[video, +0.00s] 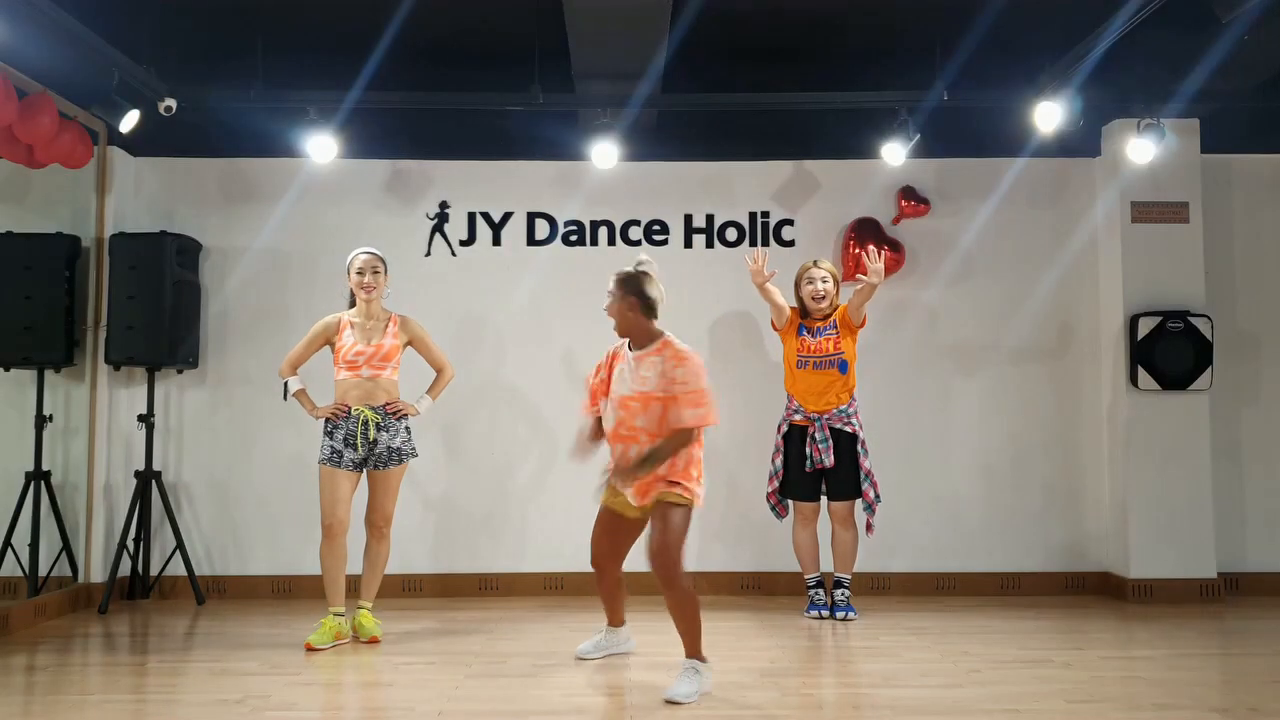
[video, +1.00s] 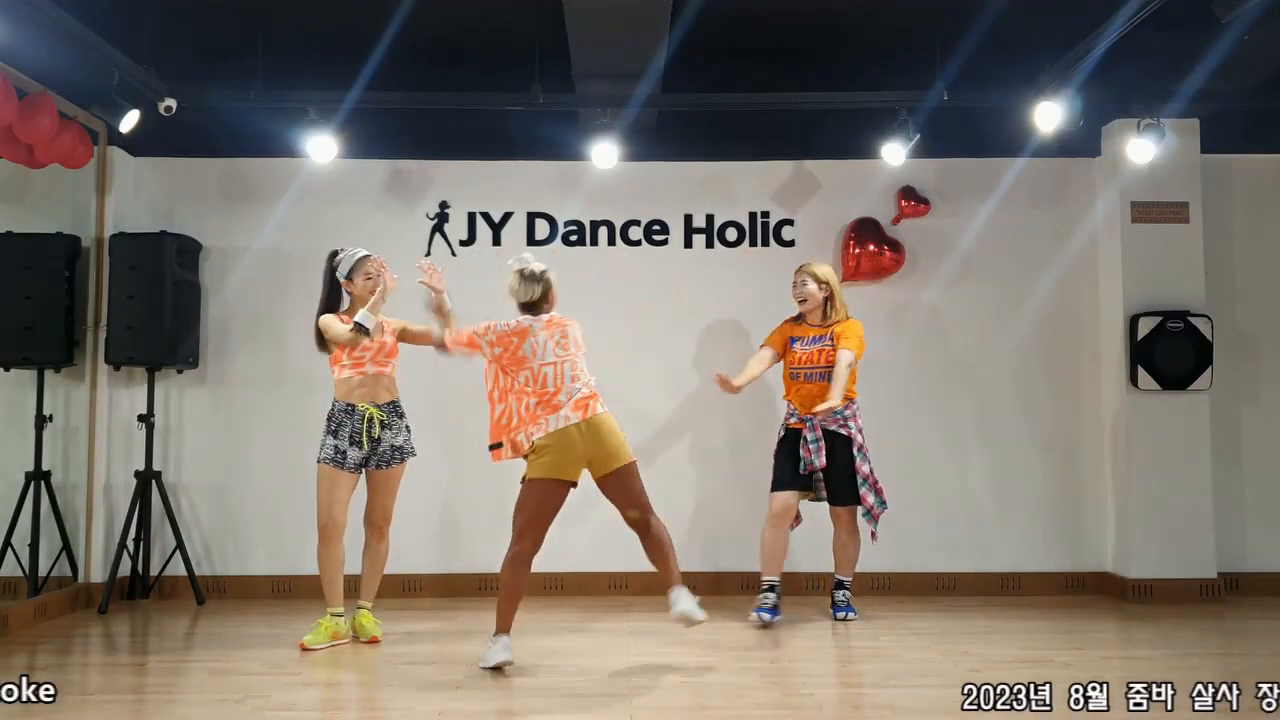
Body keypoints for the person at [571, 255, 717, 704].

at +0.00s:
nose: (607, 308)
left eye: (612, 300)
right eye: (608, 300)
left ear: (634, 305)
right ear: (631, 305)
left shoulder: (680, 360)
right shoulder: (614, 360)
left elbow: (687, 430)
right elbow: (601, 415)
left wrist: (639, 465)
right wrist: (590, 438)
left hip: (673, 475)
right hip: (627, 476)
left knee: (664, 561)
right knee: (603, 557)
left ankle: (695, 663)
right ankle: (617, 632)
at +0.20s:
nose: (606, 300)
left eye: (611, 293)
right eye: (609, 293)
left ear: (624, 299)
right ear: (644, 299)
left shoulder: (626, 346)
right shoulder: (657, 339)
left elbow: (574, 380)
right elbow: (606, 372)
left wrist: (543, 361)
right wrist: (566, 362)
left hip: (641, 468)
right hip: (647, 465)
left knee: (633, 558)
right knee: (626, 553)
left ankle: (702, 653)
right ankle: (670, 635)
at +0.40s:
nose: (585, 299)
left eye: (589, 294)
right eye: (586, 293)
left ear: (600, 298)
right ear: (625, 297)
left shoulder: (593, 329)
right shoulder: (644, 328)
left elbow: (536, 300)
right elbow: (623, 292)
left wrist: (522, 275)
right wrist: (581, 278)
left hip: (614, 465)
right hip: (651, 464)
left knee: (559, 549)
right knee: (634, 548)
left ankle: (602, 631)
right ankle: (672, 637)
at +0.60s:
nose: (540, 302)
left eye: (543, 297)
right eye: (541, 297)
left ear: (551, 305)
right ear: (579, 305)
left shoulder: (541, 343)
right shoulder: (595, 338)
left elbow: (481, 317)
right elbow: (563, 314)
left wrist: (482, 276)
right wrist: (544, 283)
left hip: (575, 470)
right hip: (622, 465)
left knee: (524, 559)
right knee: (627, 554)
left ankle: (496, 645)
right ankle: (671, 637)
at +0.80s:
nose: (494, 304)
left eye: (499, 299)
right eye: (498, 299)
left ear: (509, 305)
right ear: (536, 304)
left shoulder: (506, 334)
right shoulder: (548, 328)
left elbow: (446, 322)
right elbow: (488, 318)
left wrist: (406, 299)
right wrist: (453, 300)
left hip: (568, 446)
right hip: (611, 434)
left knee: (527, 548)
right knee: (635, 528)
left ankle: (501, 641)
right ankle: (681, 616)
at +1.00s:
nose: (554, 296)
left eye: (545, 291)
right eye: (553, 291)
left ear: (516, 297)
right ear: (550, 296)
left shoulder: (501, 333)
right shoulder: (569, 327)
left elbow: (448, 339)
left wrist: (441, 301)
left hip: (551, 440)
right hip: (599, 427)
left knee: (522, 544)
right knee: (643, 517)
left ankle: (500, 639)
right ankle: (678, 592)